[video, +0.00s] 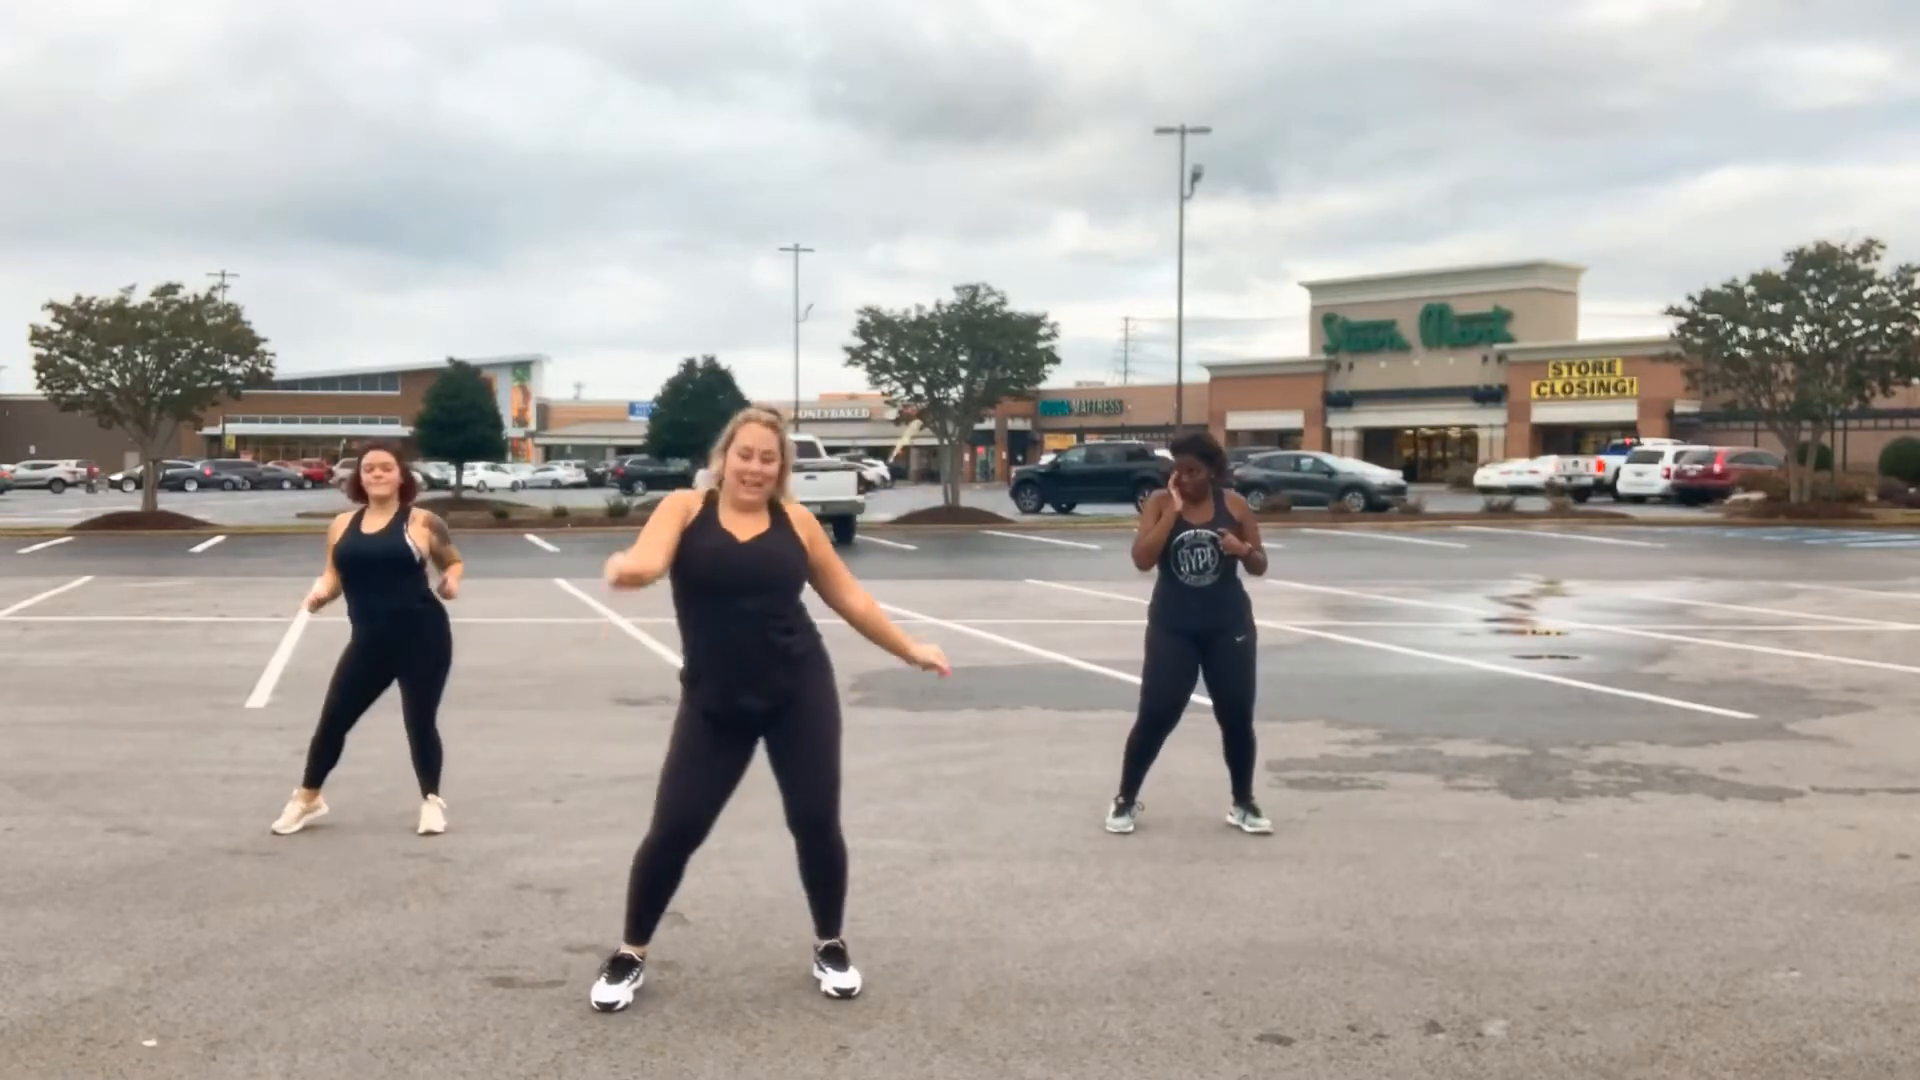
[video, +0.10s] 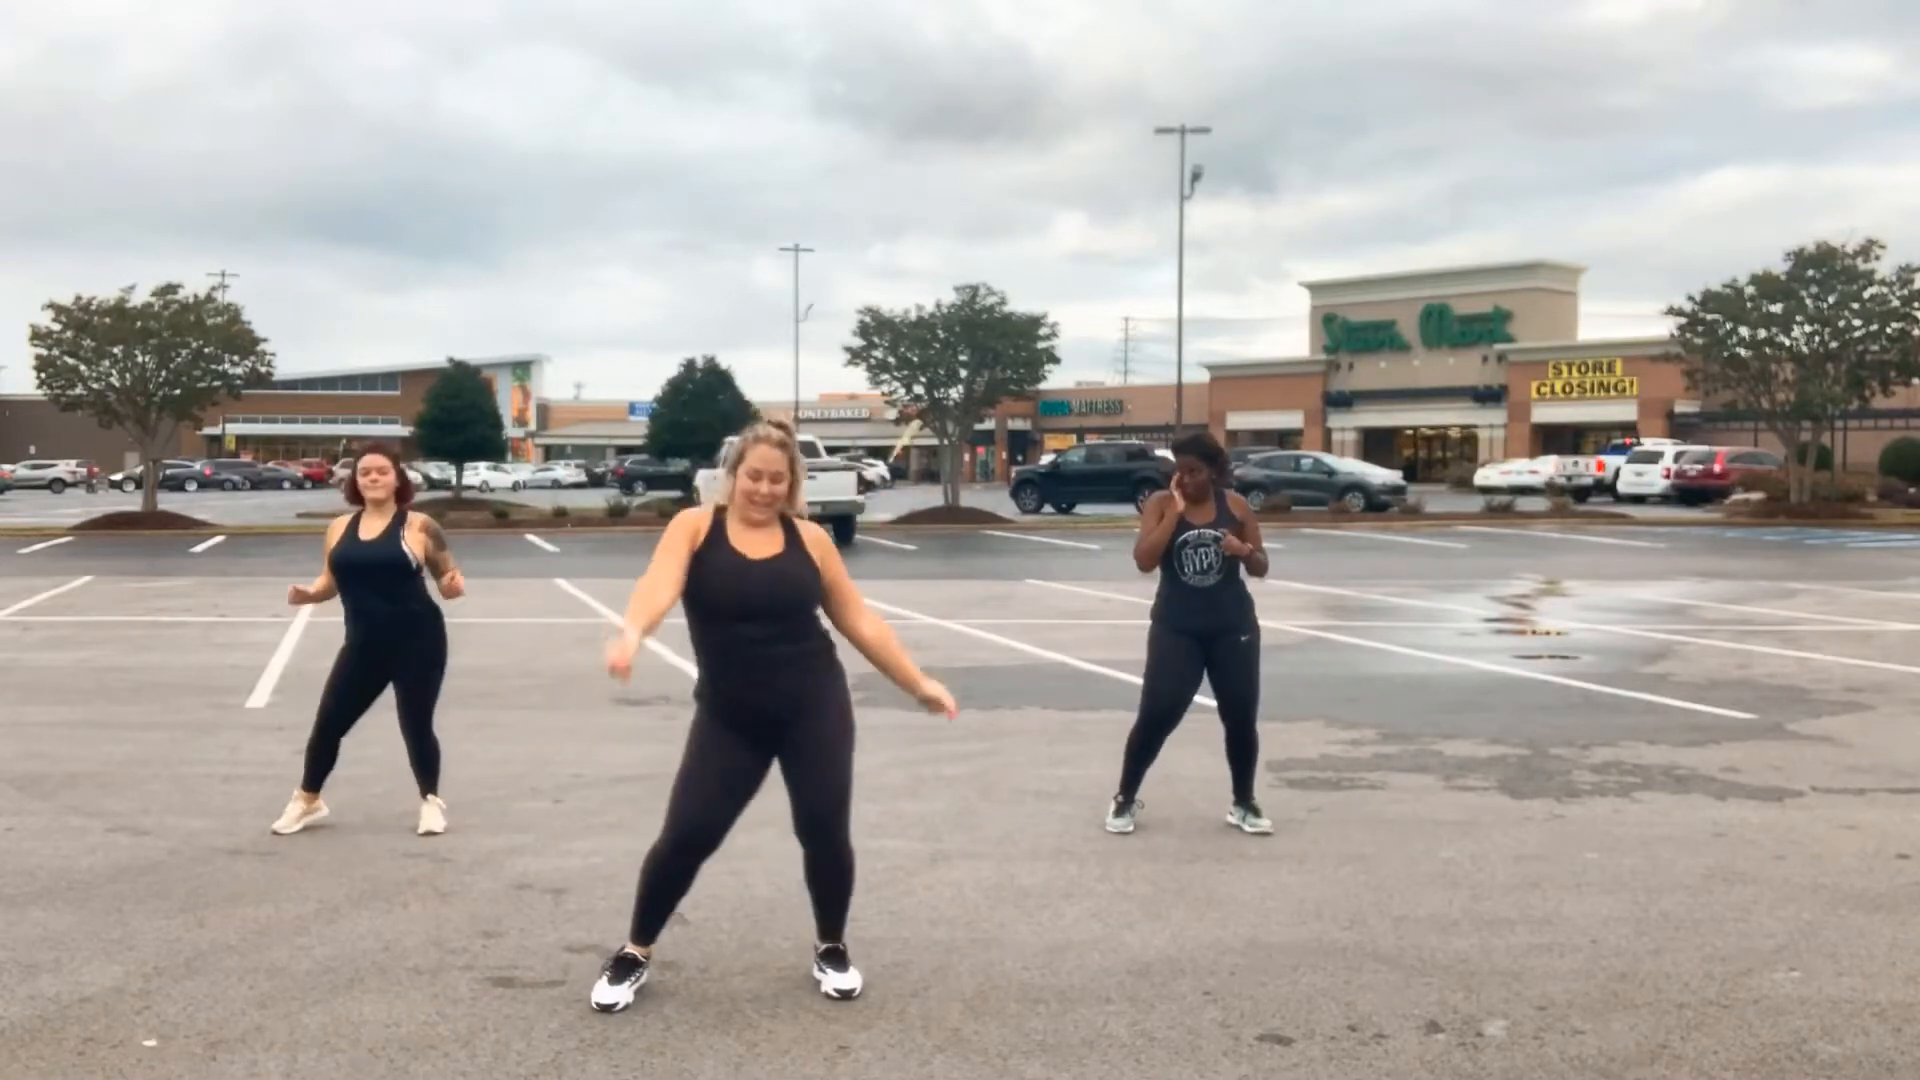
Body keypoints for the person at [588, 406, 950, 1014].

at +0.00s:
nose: (753, 466)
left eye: (766, 457)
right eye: (744, 453)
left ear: (782, 466)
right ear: (723, 457)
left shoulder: (796, 522)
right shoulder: (683, 508)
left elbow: (850, 597)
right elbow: (649, 559)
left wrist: (909, 648)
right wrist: (628, 570)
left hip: (799, 696)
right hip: (714, 701)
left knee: (817, 824)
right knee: (671, 835)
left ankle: (831, 947)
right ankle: (630, 953)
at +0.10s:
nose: (763, 487)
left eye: (776, 478)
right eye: (754, 475)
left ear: (790, 484)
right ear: (732, 474)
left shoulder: (810, 539)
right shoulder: (694, 527)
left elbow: (856, 620)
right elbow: (660, 584)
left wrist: (917, 683)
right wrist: (631, 633)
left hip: (815, 712)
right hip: (729, 716)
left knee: (826, 835)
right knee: (684, 840)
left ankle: (832, 950)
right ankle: (635, 952)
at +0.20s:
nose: (771, 495)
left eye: (783, 485)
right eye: (760, 484)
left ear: (798, 485)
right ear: (739, 482)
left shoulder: (821, 540)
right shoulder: (706, 536)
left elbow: (856, 625)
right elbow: (673, 617)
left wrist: (900, 701)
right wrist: (641, 699)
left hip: (817, 718)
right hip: (731, 717)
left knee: (824, 836)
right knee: (672, 831)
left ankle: (832, 952)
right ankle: (636, 946)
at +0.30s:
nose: (768, 484)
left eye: (780, 473)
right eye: (757, 473)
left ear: (798, 476)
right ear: (739, 476)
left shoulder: (826, 533)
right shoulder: (706, 535)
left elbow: (853, 615)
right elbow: (680, 625)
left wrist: (887, 683)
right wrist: (640, 708)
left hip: (808, 712)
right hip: (721, 708)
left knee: (818, 837)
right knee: (657, 813)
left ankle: (831, 951)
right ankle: (626, 936)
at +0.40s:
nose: (759, 470)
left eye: (771, 459)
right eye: (748, 458)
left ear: (789, 463)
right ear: (730, 463)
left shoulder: (818, 519)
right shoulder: (701, 526)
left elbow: (857, 597)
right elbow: (671, 615)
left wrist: (892, 628)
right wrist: (603, 668)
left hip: (790, 703)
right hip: (702, 699)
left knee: (807, 832)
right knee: (649, 821)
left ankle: (829, 951)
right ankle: (606, 942)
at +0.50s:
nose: (746, 458)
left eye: (757, 447)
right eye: (734, 447)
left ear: (776, 453)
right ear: (716, 454)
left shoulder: (806, 512)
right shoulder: (687, 517)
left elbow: (852, 583)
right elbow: (647, 597)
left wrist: (897, 580)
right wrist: (563, 612)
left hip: (769, 697)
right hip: (680, 694)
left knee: (793, 828)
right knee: (644, 823)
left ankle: (828, 948)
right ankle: (604, 948)